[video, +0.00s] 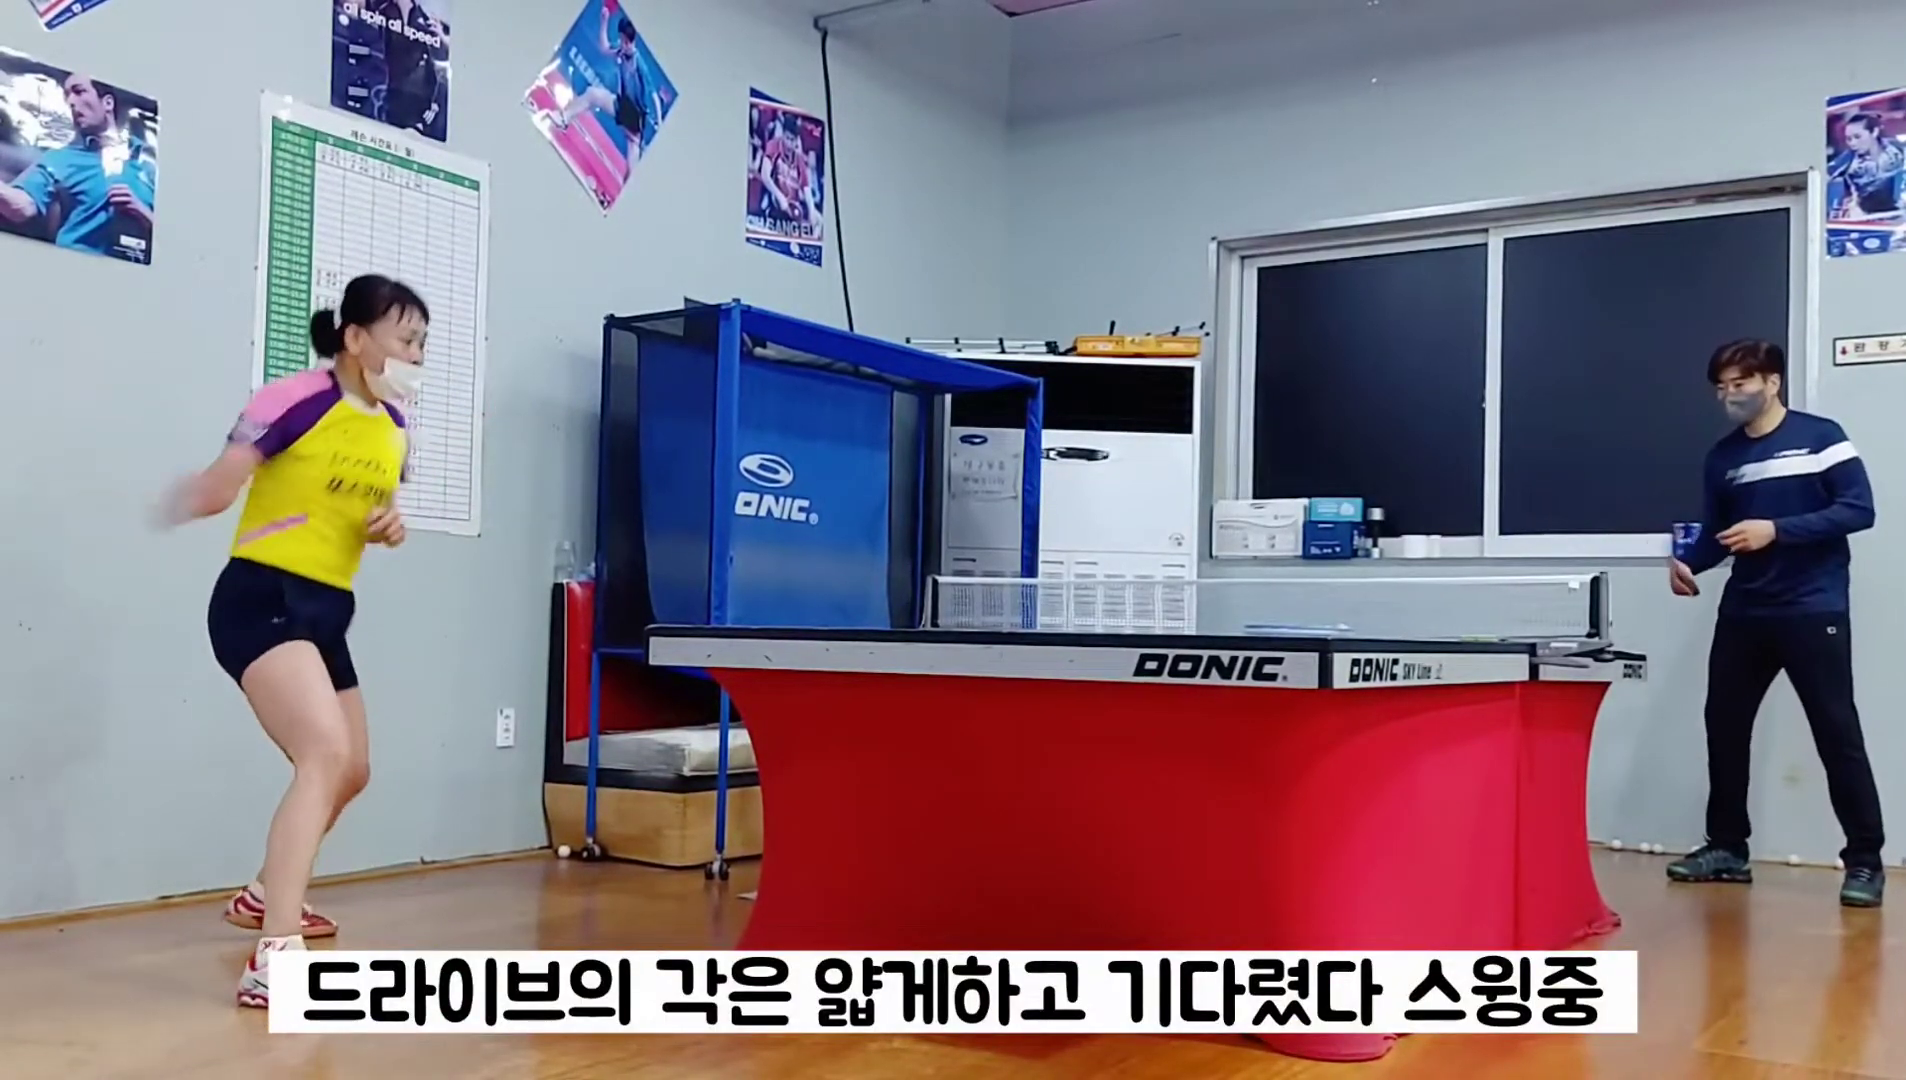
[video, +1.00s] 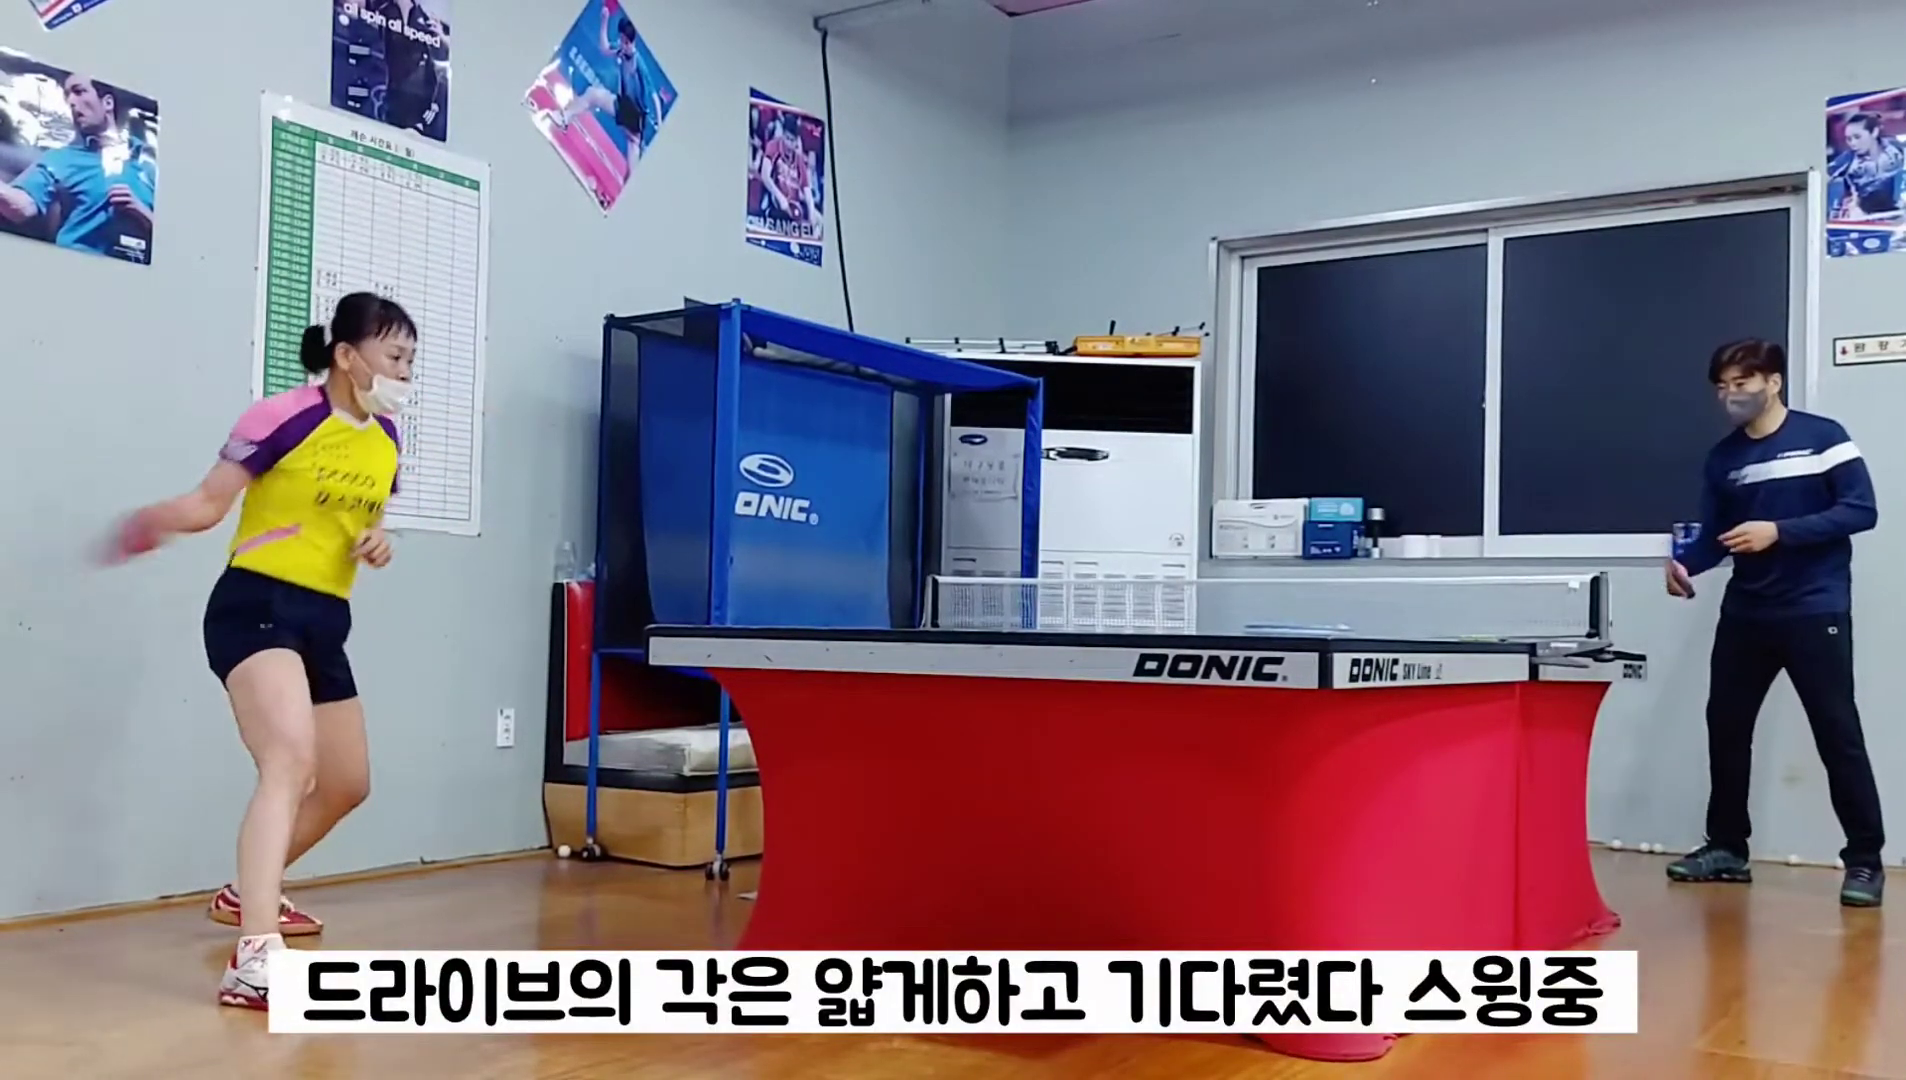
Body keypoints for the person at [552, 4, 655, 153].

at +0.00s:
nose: (622, 42)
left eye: (624, 40)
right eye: (621, 38)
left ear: (629, 40)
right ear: (620, 38)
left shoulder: (632, 55)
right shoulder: (621, 52)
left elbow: (631, 55)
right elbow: (604, 49)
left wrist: (629, 51)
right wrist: (604, 22)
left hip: (629, 109)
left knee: (593, 94)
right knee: (632, 169)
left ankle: (563, 118)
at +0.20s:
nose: (622, 43)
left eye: (624, 40)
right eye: (622, 40)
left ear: (628, 41)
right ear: (622, 39)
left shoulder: (631, 56)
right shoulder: (622, 54)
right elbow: (604, 50)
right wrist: (604, 22)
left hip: (627, 109)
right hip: (637, 116)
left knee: (593, 95)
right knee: (633, 162)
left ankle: (564, 118)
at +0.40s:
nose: (621, 42)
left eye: (623, 39)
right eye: (621, 38)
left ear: (627, 39)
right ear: (623, 38)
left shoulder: (629, 53)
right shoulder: (623, 52)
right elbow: (604, 49)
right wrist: (604, 22)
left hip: (628, 109)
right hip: (637, 116)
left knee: (593, 94)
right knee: (633, 163)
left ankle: (564, 118)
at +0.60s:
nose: (621, 42)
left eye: (623, 39)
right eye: (621, 39)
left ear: (627, 40)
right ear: (625, 39)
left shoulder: (631, 55)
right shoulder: (623, 52)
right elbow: (604, 50)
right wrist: (604, 22)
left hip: (628, 108)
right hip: (636, 115)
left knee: (593, 94)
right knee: (633, 159)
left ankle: (563, 117)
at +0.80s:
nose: (621, 41)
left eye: (623, 38)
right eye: (621, 38)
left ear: (627, 40)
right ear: (623, 38)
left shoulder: (630, 54)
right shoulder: (623, 51)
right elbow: (604, 50)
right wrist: (604, 22)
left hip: (628, 108)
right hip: (637, 115)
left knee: (593, 94)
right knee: (633, 159)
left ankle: (564, 118)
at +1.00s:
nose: (622, 42)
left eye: (624, 39)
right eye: (622, 38)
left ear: (627, 40)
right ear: (622, 38)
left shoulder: (631, 56)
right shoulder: (622, 51)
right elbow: (604, 50)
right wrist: (604, 22)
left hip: (628, 107)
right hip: (636, 113)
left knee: (593, 94)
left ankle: (564, 117)